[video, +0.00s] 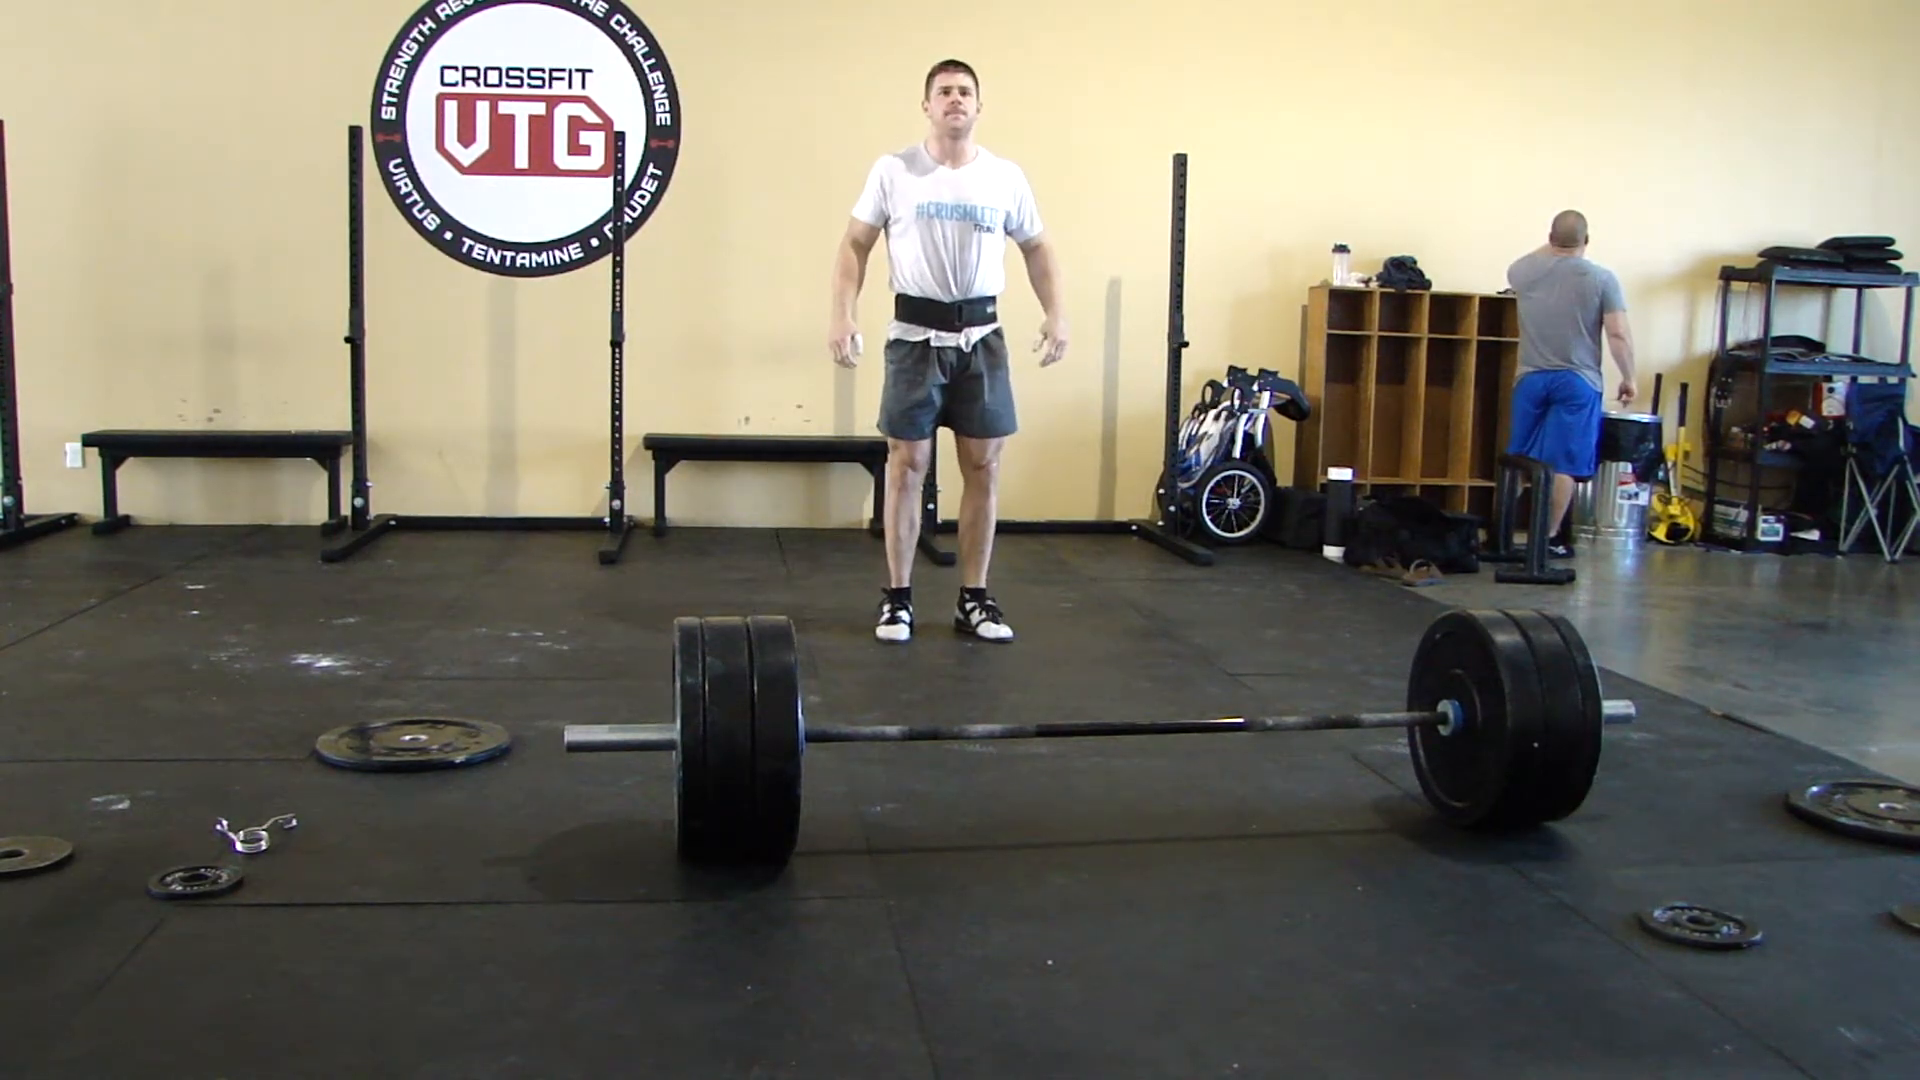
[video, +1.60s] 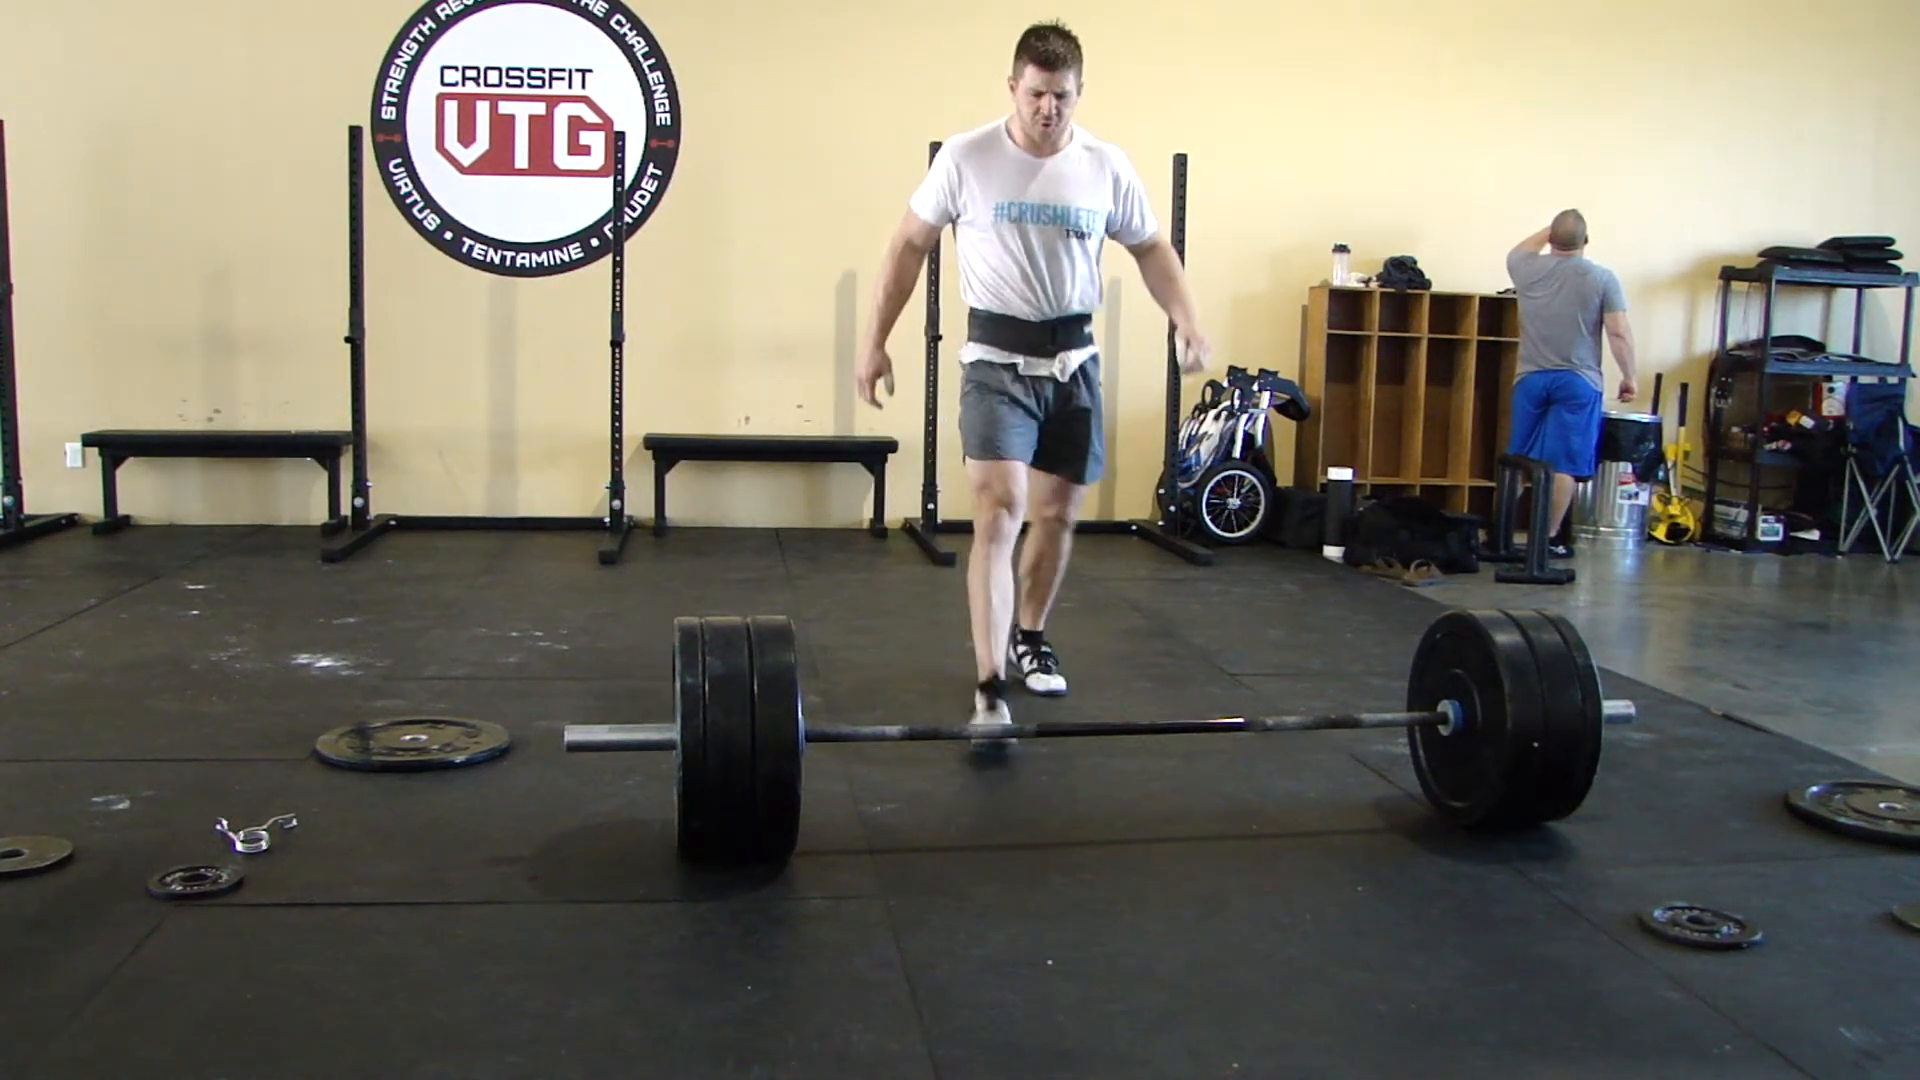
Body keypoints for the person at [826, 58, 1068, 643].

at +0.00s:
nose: (955, 99)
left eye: (965, 92)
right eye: (945, 92)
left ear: (979, 107)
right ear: (926, 106)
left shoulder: (1004, 176)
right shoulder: (893, 172)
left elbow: (1036, 248)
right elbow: (855, 245)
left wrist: (1055, 317)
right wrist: (842, 317)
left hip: (981, 341)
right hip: (913, 339)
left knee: (983, 468)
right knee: (906, 464)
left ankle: (974, 599)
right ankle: (897, 598)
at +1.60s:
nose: (1047, 107)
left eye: (1061, 95)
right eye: (1036, 93)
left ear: (1078, 94)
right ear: (1013, 87)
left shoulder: (1105, 165)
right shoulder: (964, 159)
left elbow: (1150, 247)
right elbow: (910, 245)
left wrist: (1186, 316)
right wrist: (875, 340)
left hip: (1074, 365)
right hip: (996, 361)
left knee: (1055, 517)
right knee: (999, 510)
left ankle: (1028, 639)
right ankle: (989, 690)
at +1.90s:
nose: (1077, 79)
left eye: (1089, 65)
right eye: (1064, 64)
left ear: (1105, 56)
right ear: (1031, 49)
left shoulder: (1129, 130)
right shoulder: (977, 125)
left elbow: (1157, 228)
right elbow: (917, 214)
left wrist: (1180, 328)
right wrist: (882, 303)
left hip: (1105, 346)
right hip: (1013, 347)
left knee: (1157, 509)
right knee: (1010, 517)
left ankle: (1093, 650)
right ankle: (995, 699)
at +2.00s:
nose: (1095, 81)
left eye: (1108, 66)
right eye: (1082, 65)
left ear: (1123, 55)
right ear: (1048, 47)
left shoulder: (1146, 130)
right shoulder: (991, 124)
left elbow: (1171, 230)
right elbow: (917, 211)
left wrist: (1192, 329)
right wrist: (880, 316)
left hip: (1123, 351)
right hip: (1027, 351)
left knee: (1165, 518)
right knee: (1015, 523)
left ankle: (1160, 718)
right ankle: (996, 706)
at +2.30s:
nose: (1179, 98)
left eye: (1194, 84)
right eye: (1164, 80)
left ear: (1212, 71)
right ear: (1130, 53)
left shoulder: (1235, 142)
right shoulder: (1067, 125)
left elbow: (1273, 249)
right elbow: (992, 227)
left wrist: (1314, 358)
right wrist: (950, 340)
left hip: (1189, 370)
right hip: (1081, 365)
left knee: (1231, 549)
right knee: (1028, 557)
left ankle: (1226, 766)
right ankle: (1022, 680)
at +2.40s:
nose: (1193, 92)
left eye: (1209, 79)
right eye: (1181, 74)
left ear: (1231, 61)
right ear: (1147, 40)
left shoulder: (1254, 134)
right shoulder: (1079, 110)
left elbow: (1298, 231)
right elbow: (1005, 216)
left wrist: (1346, 338)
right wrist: (966, 330)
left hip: (1199, 368)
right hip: (1087, 359)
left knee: (1232, 547)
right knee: (1045, 544)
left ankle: (1226, 766)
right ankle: (1033, 729)